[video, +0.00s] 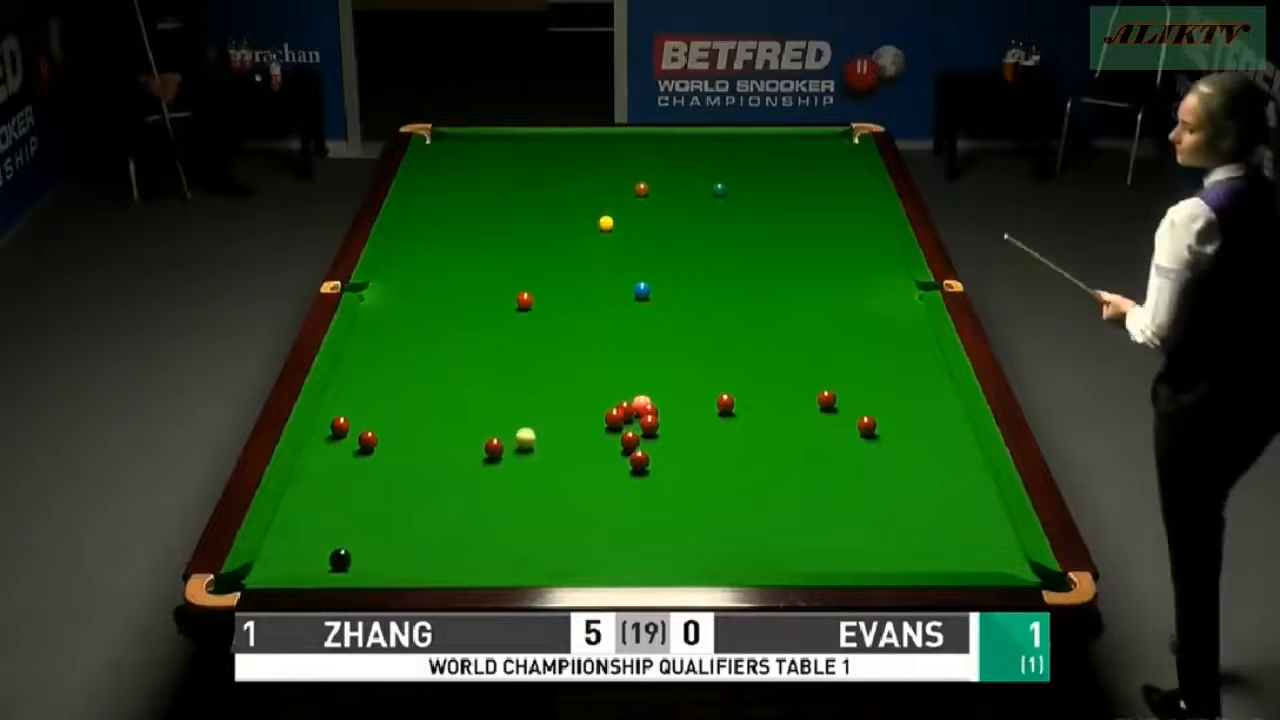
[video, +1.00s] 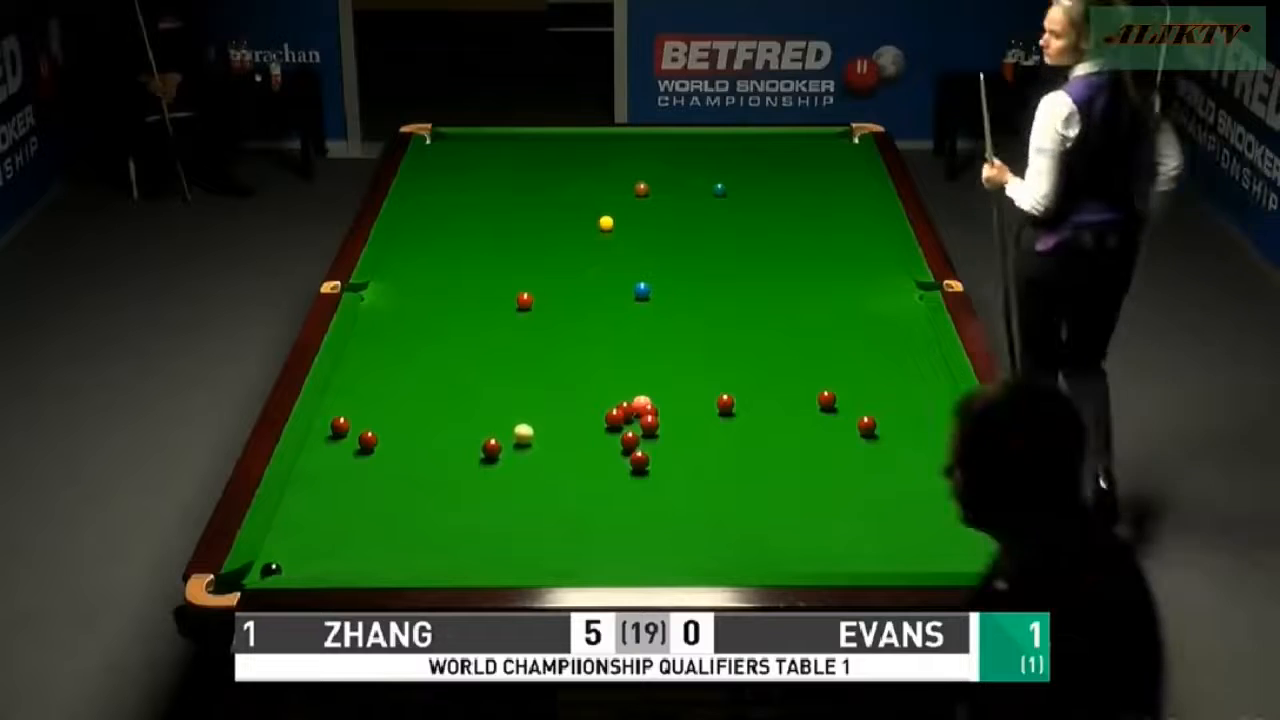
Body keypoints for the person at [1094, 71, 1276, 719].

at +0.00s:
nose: (1175, 131)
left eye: (1186, 125)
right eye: (1180, 119)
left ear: (1220, 137)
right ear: (1238, 136)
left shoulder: (1190, 218)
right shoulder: (1268, 196)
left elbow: (1156, 329)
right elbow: (1241, 298)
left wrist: (1123, 310)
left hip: (1195, 401)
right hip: (1258, 392)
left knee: (1192, 546)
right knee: (1201, 518)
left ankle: (1197, 694)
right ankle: (1201, 650)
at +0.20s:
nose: (1148, 121)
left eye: (1160, 115)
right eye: (1152, 110)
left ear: (1191, 126)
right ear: (1211, 126)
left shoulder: (1161, 203)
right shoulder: (1246, 180)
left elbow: (1131, 312)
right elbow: (1260, 289)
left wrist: (1111, 284)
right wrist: (1238, 332)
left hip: (1166, 378)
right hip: (1231, 368)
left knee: (1178, 535)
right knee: (1168, 471)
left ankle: (1193, 692)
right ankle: (1139, 564)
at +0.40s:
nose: (1127, 91)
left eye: (1138, 84)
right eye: (1130, 81)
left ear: (1174, 93)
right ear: (1187, 91)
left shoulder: (1143, 163)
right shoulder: (1230, 145)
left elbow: (1113, 268)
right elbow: (1259, 235)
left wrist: (1086, 244)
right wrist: (1214, 274)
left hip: (1139, 331)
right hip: (1202, 322)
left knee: (1111, 460)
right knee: (1156, 446)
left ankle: (1152, 598)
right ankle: (1127, 565)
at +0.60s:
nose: (1105, 72)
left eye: (1114, 64)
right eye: (1107, 61)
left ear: (1144, 72)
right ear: (1163, 71)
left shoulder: (1119, 141)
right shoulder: (1210, 130)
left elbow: (1094, 240)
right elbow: (1255, 199)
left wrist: (1057, 221)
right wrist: (1204, 245)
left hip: (1112, 302)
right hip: (1176, 302)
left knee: (1079, 411)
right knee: (1146, 429)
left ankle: (1075, 552)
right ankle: (1127, 570)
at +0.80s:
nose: (1074, 66)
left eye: (1082, 59)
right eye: (1076, 56)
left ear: (1113, 67)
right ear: (1126, 67)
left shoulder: (1091, 132)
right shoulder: (1169, 115)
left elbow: (1074, 231)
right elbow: (1220, 175)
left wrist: (1030, 213)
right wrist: (1186, 230)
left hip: (1083, 283)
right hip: (1147, 281)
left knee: (1053, 401)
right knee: (1126, 403)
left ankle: (1022, 490)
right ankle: (1120, 502)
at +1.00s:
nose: (1042, 41)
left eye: (1053, 35)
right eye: (1045, 31)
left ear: (1085, 41)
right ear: (1094, 39)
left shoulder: (1059, 105)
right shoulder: (1136, 93)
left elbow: (1038, 200)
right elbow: (1170, 165)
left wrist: (1005, 180)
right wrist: (1134, 210)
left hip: (1055, 255)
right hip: (1113, 252)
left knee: (1039, 368)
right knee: (1087, 362)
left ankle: (1048, 488)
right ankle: (1099, 481)